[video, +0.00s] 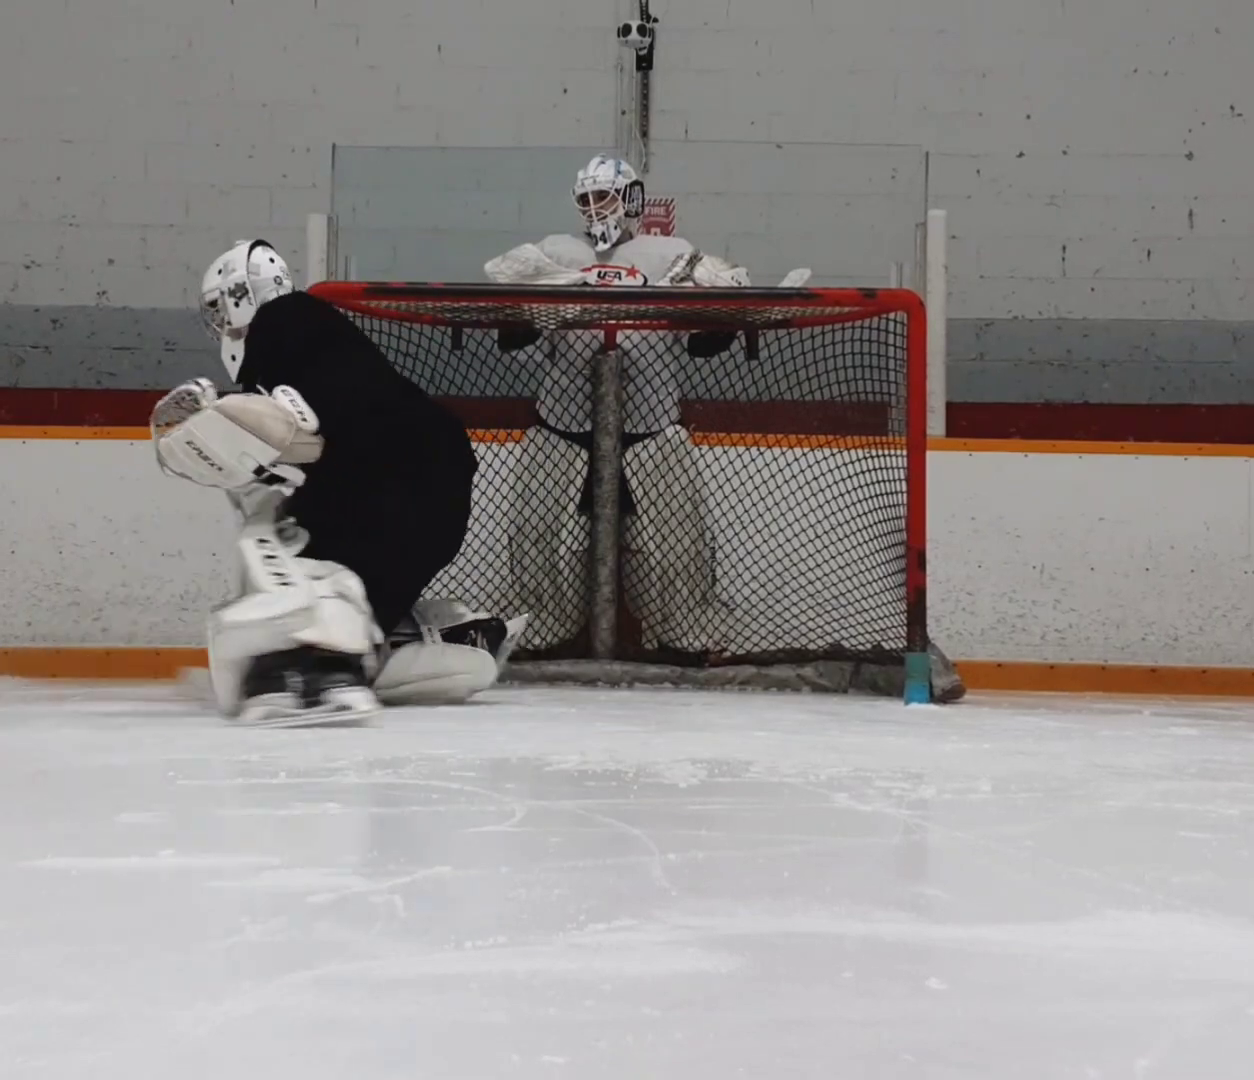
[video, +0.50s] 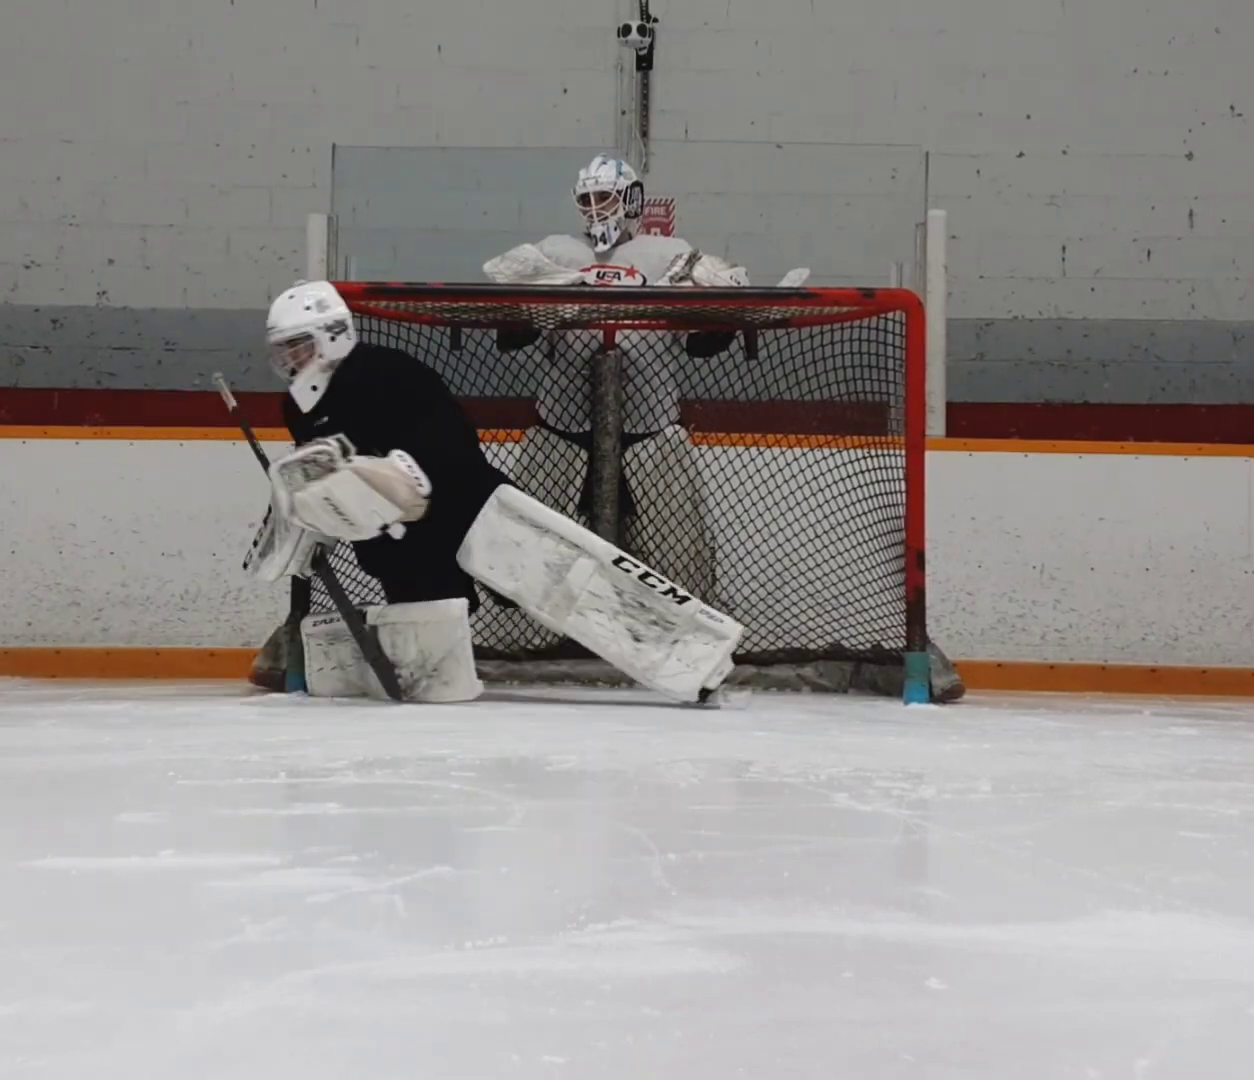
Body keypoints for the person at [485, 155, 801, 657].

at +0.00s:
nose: (597, 208)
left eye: (607, 198)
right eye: (588, 200)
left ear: (632, 198)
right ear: (578, 204)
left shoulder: (669, 256)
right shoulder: (553, 255)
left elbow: (704, 342)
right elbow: (510, 339)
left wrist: (723, 294)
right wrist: (521, 292)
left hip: (650, 436)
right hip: (563, 436)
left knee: (671, 538)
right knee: (535, 533)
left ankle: (677, 639)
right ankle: (544, 636)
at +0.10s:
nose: (597, 209)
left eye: (608, 197)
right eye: (588, 200)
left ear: (633, 198)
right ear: (578, 205)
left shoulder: (669, 255)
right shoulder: (553, 254)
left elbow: (703, 342)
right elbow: (510, 338)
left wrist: (726, 297)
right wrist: (521, 292)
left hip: (650, 436)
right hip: (563, 435)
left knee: (670, 540)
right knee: (534, 536)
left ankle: (680, 643)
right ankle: (537, 641)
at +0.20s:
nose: (596, 209)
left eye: (607, 198)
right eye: (588, 199)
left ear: (632, 199)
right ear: (578, 204)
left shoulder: (669, 258)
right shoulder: (554, 257)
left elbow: (704, 344)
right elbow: (510, 339)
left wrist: (724, 296)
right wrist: (522, 290)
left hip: (651, 439)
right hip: (562, 440)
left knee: (673, 546)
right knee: (531, 543)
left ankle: (678, 645)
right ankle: (538, 648)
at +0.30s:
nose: (597, 210)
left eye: (608, 199)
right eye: (588, 200)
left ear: (632, 199)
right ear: (578, 204)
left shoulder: (668, 257)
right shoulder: (555, 256)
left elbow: (704, 344)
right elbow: (509, 340)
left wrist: (718, 296)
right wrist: (535, 299)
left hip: (650, 435)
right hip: (562, 433)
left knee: (672, 548)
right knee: (535, 544)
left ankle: (669, 652)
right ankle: (548, 649)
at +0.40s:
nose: (595, 209)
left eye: (606, 198)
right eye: (587, 200)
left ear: (632, 199)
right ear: (578, 203)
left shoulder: (669, 256)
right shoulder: (551, 256)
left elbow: (701, 346)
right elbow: (508, 340)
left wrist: (719, 306)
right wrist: (526, 296)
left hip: (650, 440)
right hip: (562, 439)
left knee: (670, 557)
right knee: (535, 552)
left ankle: (672, 658)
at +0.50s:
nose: (596, 210)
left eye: (607, 198)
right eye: (587, 201)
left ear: (632, 200)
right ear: (577, 206)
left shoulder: (670, 258)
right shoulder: (556, 257)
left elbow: (704, 344)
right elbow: (508, 338)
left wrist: (718, 296)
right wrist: (540, 300)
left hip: (649, 435)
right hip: (563, 433)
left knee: (675, 553)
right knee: (528, 544)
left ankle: (681, 658)